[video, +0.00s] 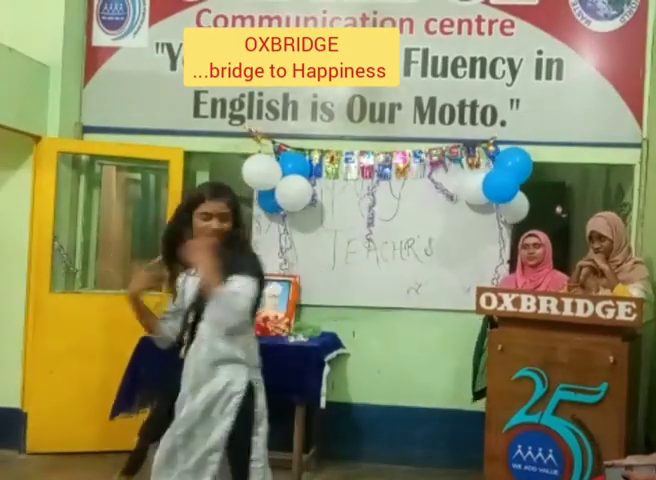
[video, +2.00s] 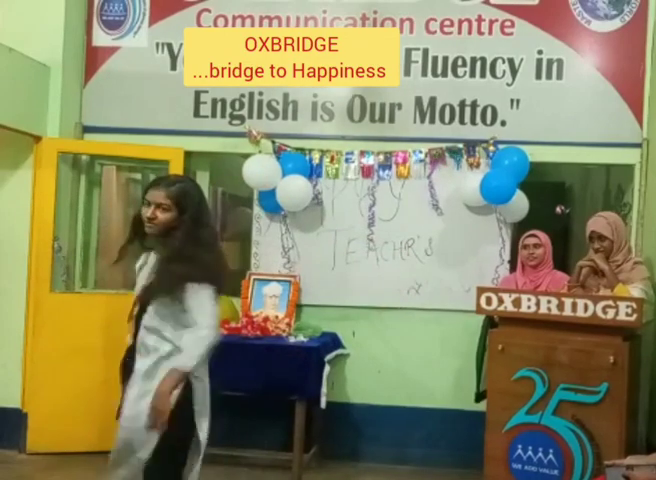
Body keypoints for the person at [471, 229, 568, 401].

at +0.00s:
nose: (531, 251)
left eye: (536, 246)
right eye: (525, 247)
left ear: (546, 250)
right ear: (519, 252)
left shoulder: (561, 281)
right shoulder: (507, 282)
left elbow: (565, 318)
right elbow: (496, 319)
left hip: (548, 349)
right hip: (512, 348)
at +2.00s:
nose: (531, 252)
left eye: (537, 247)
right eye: (526, 247)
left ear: (547, 251)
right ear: (520, 252)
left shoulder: (562, 281)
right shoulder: (508, 281)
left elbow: (565, 316)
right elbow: (498, 317)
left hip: (550, 347)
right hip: (514, 346)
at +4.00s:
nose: (538, 244)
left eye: (544, 239)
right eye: (533, 239)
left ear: (554, 242)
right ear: (527, 244)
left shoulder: (568, 272)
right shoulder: (515, 272)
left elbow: (572, 310)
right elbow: (503, 310)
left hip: (555, 341)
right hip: (518, 341)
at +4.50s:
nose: (539, 240)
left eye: (544, 236)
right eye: (534, 236)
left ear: (554, 240)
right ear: (527, 241)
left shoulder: (569, 270)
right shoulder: (515, 270)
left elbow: (572, 308)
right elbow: (503, 306)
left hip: (556, 338)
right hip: (519, 337)